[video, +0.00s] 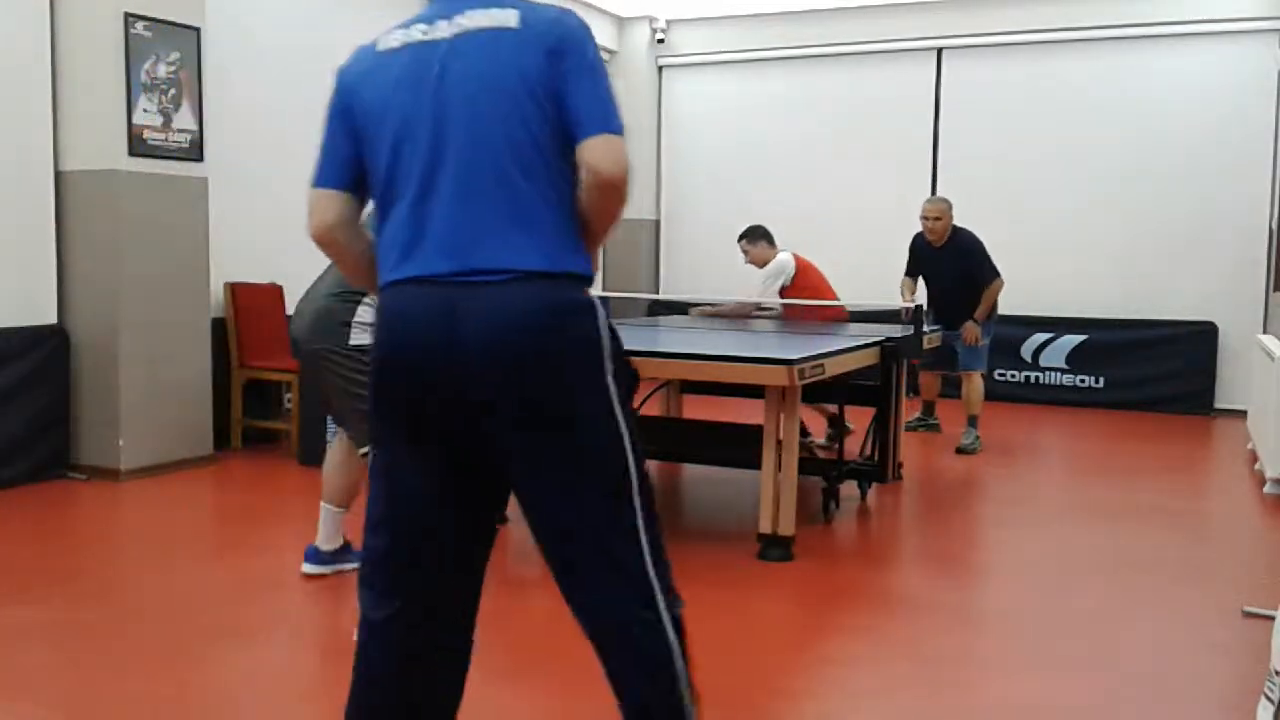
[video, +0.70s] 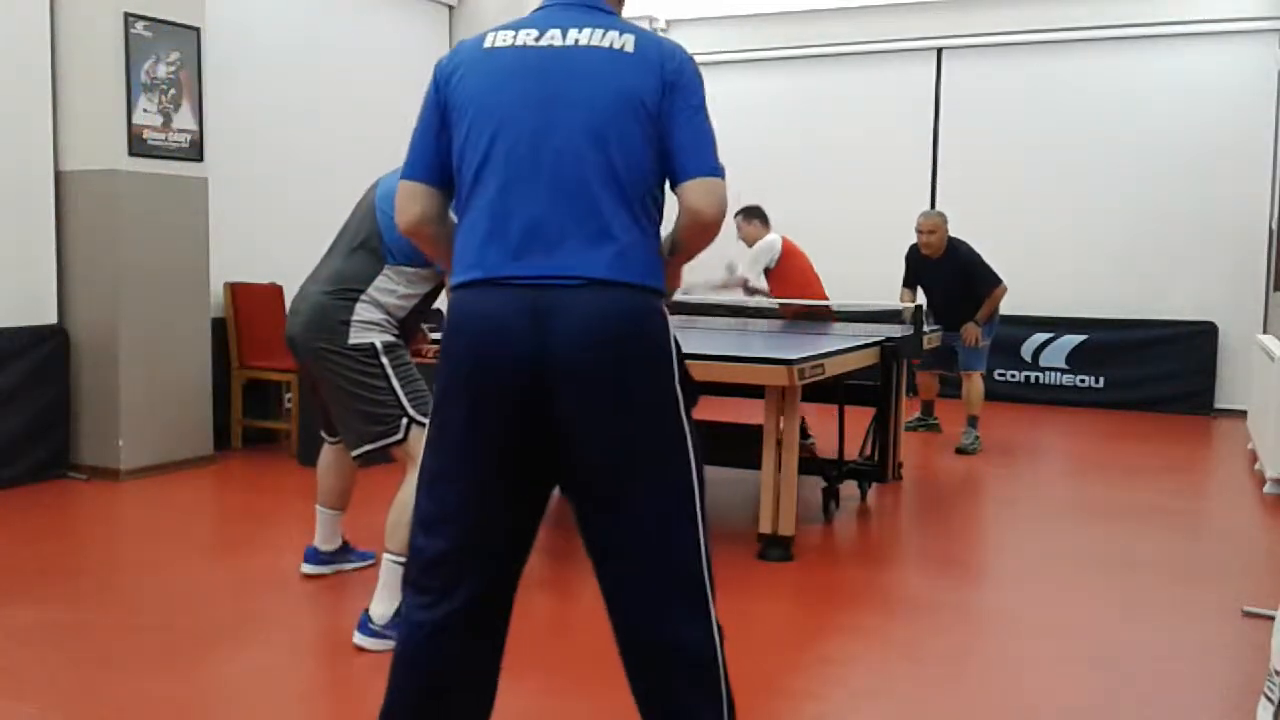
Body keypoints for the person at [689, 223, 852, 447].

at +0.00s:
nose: (746, 260)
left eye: (746, 252)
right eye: (744, 254)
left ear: (763, 245)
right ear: (766, 245)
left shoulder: (782, 262)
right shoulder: (786, 261)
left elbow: (749, 308)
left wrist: (709, 311)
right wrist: (723, 310)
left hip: (827, 330)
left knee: (779, 378)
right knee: (790, 377)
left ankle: (799, 433)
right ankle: (834, 420)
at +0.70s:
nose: (739, 237)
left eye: (740, 229)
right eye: (738, 231)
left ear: (756, 224)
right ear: (760, 225)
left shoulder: (771, 242)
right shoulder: (783, 245)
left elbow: (738, 279)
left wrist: (691, 287)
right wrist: (757, 290)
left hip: (802, 317)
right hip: (819, 315)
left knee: (773, 368)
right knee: (775, 368)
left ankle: (798, 433)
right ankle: (798, 432)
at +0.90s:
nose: (751, 205)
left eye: (755, 199)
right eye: (751, 200)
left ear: (771, 199)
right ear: (776, 201)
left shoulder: (776, 218)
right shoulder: (785, 226)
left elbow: (733, 228)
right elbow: (782, 280)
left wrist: (698, 211)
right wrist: (752, 268)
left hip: (800, 308)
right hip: (804, 307)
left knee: (781, 373)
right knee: (782, 373)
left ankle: (801, 434)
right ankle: (798, 433)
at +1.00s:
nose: (752, 198)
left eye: (757, 193)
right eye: (754, 193)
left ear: (774, 196)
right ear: (777, 197)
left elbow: (735, 226)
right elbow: (787, 277)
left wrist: (700, 205)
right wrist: (752, 279)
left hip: (795, 306)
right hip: (805, 304)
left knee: (782, 374)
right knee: (784, 375)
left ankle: (801, 435)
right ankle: (799, 434)